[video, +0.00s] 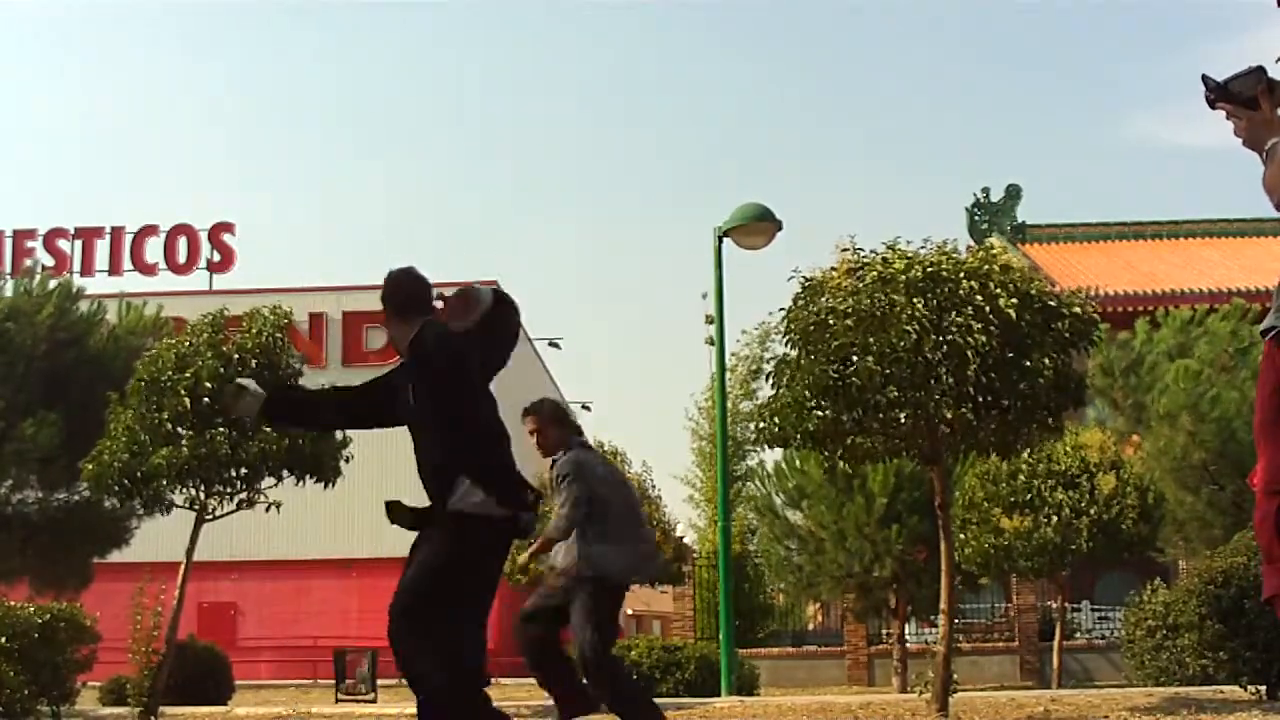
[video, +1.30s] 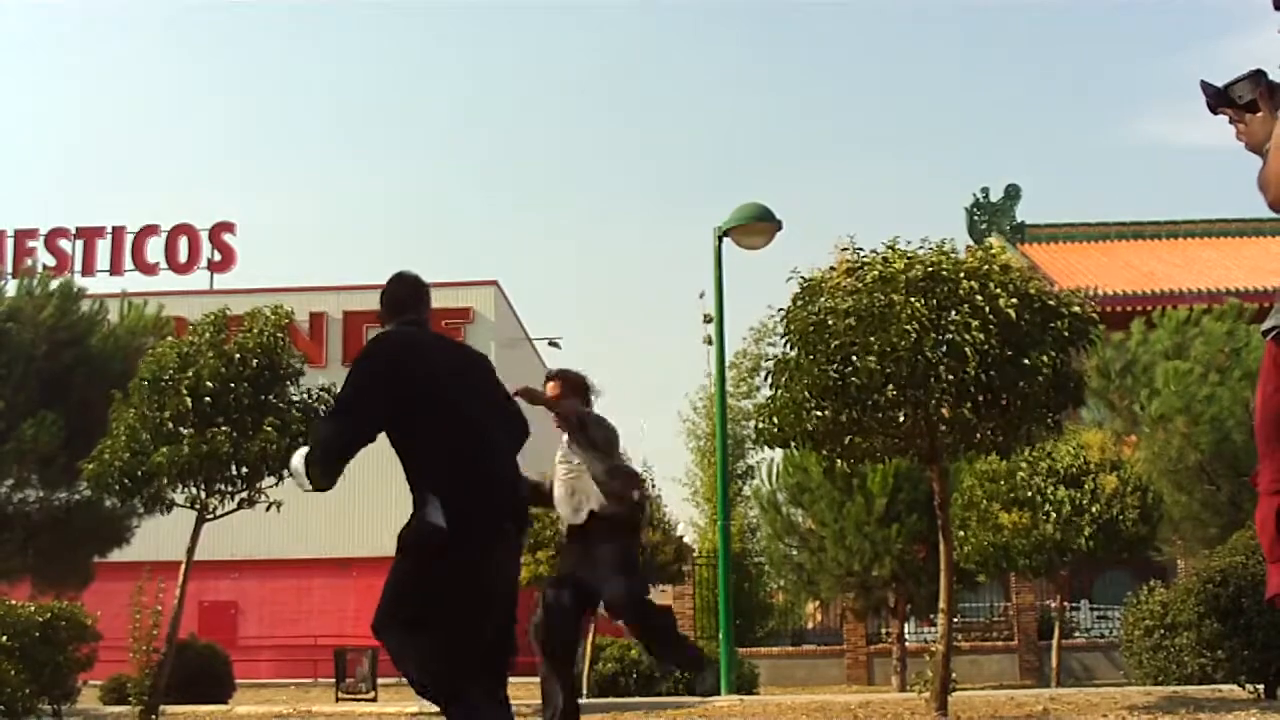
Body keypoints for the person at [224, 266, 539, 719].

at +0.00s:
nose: (384, 331)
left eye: (384, 321)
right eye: (386, 323)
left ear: (387, 317)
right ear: (429, 307)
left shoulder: (449, 347)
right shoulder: (409, 379)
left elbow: (501, 334)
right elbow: (346, 403)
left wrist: (490, 301)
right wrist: (267, 405)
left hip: (481, 512)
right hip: (460, 514)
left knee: (412, 619)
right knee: (451, 625)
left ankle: (455, 709)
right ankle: (466, 706)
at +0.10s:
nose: (383, 327)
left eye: (382, 319)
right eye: (385, 321)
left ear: (385, 317)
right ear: (426, 309)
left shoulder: (450, 343)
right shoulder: (409, 376)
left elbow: (526, 359)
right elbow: (368, 401)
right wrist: (322, 394)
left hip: (478, 501)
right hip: (465, 505)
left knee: (411, 614)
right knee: (461, 621)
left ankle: (445, 708)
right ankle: (463, 707)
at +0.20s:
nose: (384, 327)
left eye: (383, 318)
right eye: (387, 319)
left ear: (386, 315)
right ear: (428, 306)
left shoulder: (445, 343)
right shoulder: (419, 363)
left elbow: (519, 399)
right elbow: (385, 428)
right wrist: (370, 404)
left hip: (469, 506)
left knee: (409, 614)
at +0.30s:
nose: (386, 328)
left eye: (386, 318)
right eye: (387, 319)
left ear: (390, 312)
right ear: (431, 306)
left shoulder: (433, 351)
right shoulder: (448, 347)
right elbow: (443, 435)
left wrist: (454, 504)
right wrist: (398, 422)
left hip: (469, 514)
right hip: (492, 514)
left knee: (409, 616)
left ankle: (466, 707)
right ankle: (466, 708)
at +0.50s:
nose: (388, 335)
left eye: (386, 327)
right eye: (390, 329)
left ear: (390, 322)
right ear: (434, 317)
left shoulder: (404, 363)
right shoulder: (482, 366)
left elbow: (343, 419)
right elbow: (511, 445)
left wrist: (276, 458)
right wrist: (541, 516)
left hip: (469, 522)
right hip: (519, 516)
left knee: (405, 621)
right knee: (486, 629)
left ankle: (468, 710)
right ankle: (477, 710)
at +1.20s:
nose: (383, 323)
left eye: (380, 316)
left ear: (381, 315)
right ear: (427, 312)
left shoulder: (383, 355)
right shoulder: (473, 360)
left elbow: (327, 426)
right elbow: (511, 428)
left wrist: (309, 446)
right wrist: (510, 495)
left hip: (453, 511)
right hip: (510, 508)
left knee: (401, 621)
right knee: (493, 629)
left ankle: (466, 705)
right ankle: (497, 709)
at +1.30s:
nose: (382, 319)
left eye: (381, 313)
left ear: (383, 312)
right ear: (428, 311)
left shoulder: (385, 353)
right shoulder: (471, 358)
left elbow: (340, 431)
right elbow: (516, 427)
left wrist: (313, 464)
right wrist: (483, 472)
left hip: (445, 512)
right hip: (505, 506)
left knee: (395, 621)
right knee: (488, 629)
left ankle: (466, 704)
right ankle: (491, 708)